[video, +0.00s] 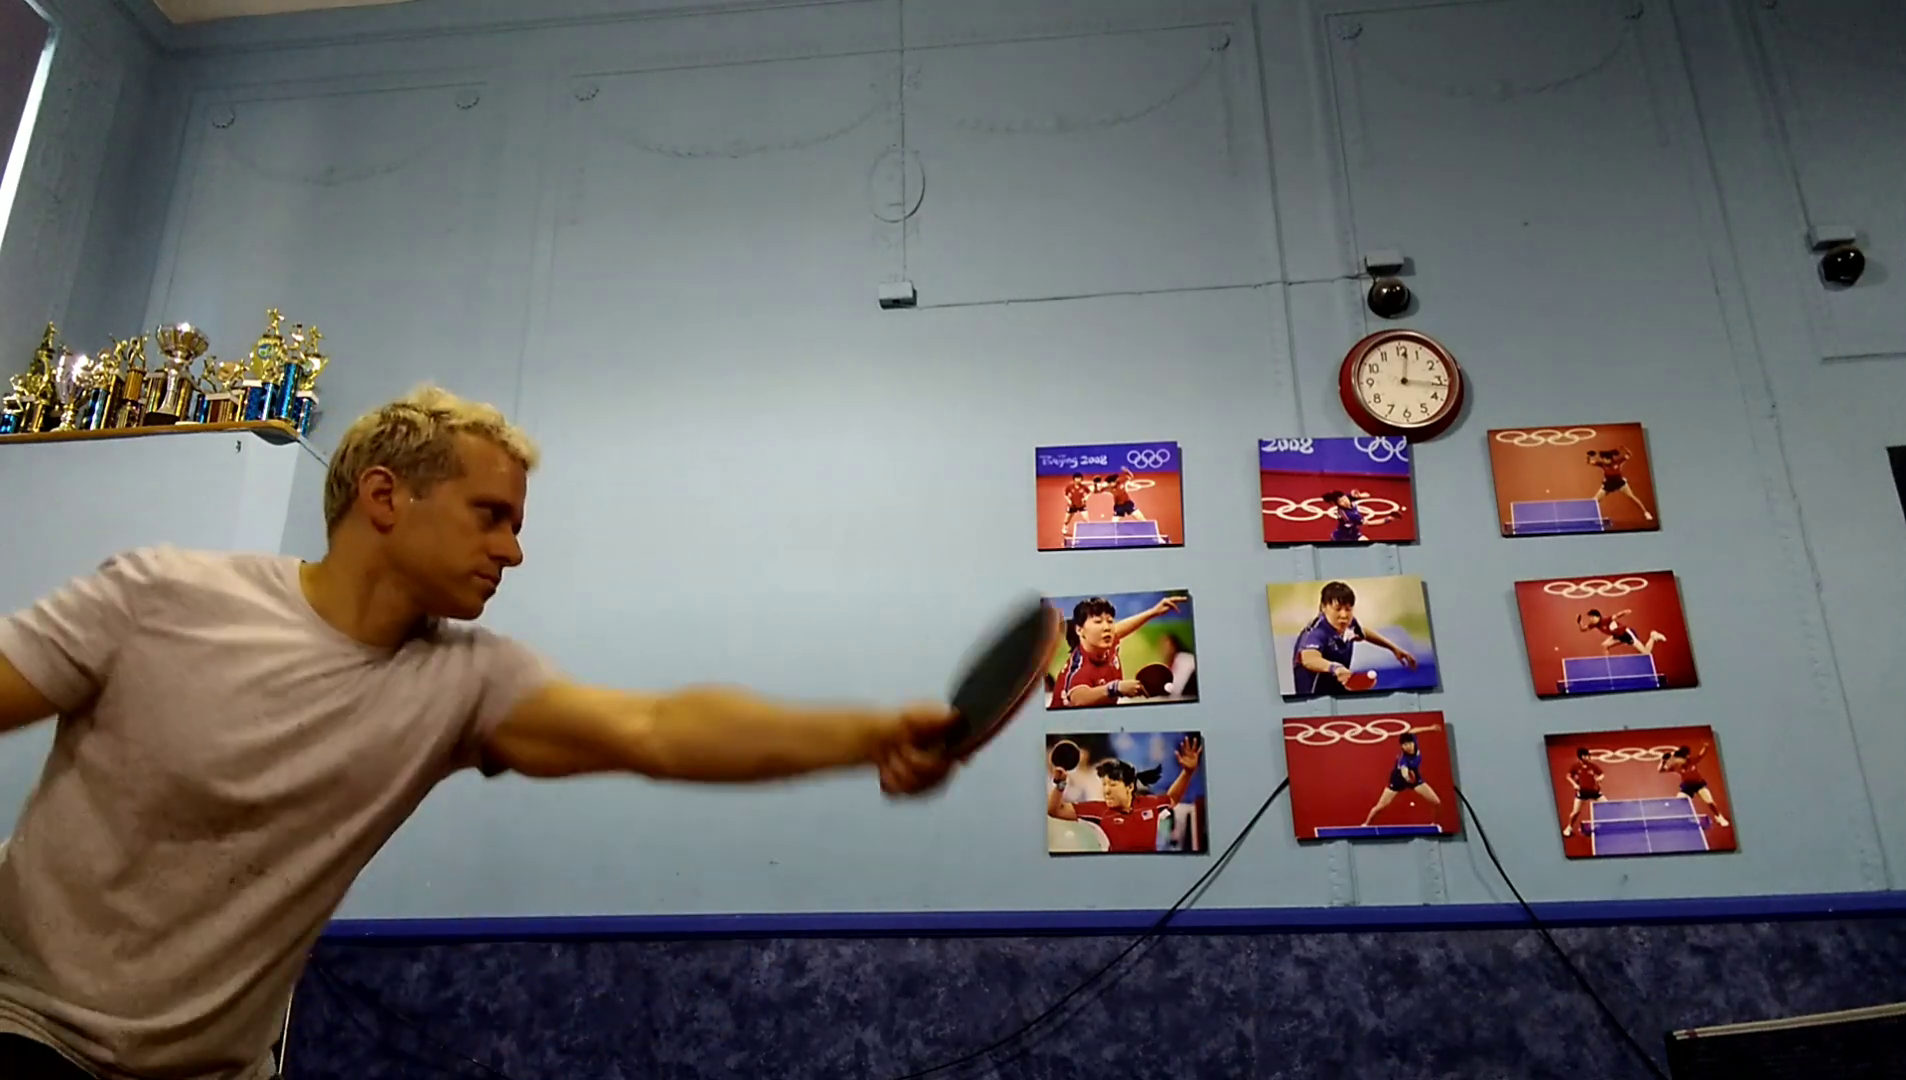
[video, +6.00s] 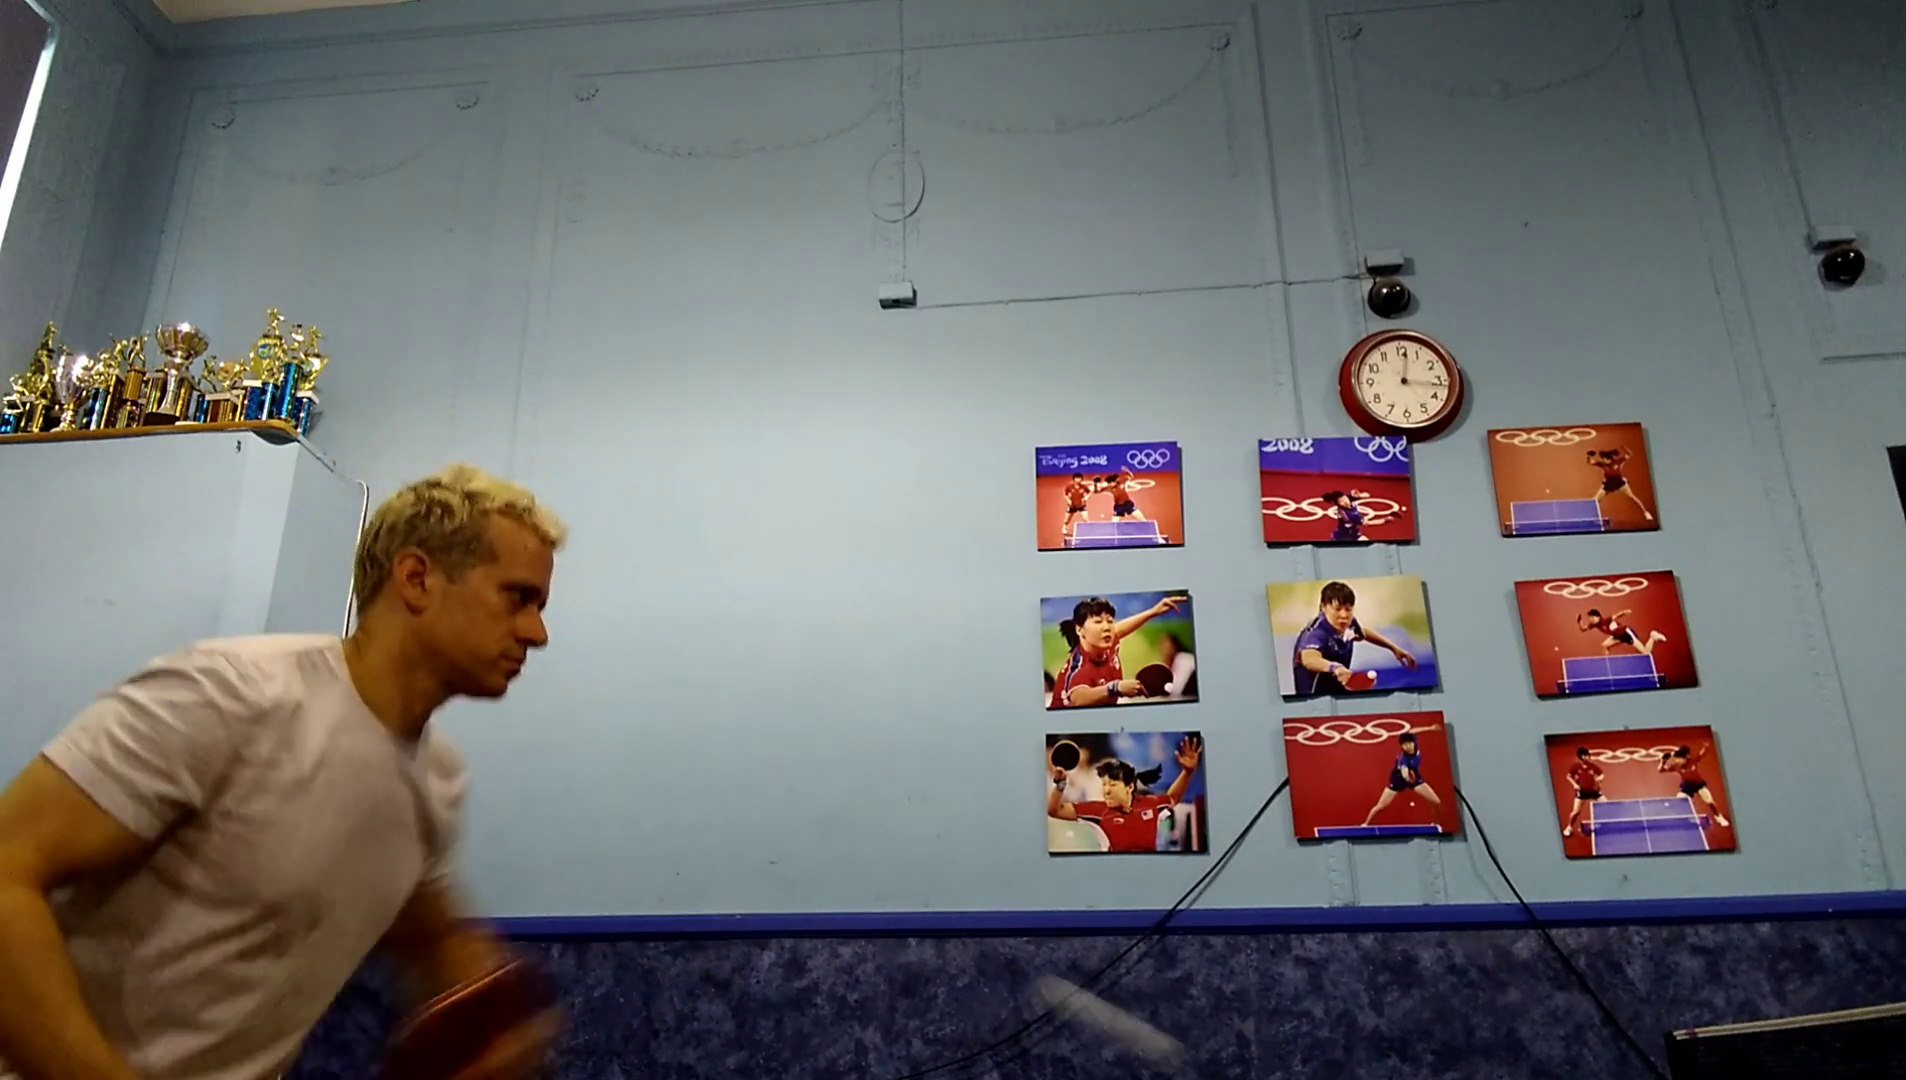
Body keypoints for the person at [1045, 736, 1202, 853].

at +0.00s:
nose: (1107, 790)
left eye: (1113, 785)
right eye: (1104, 785)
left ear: (1130, 787)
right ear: (1102, 787)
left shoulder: (1151, 804)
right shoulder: (1100, 811)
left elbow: (1172, 798)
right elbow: (1055, 811)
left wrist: (1188, 771)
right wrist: (1059, 785)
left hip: (1151, 872)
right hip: (1116, 874)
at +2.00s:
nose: (1107, 790)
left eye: (1113, 785)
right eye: (1104, 785)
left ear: (1130, 787)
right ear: (1101, 787)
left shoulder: (1151, 805)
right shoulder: (1100, 811)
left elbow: (1172, 798)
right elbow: (1055, 811)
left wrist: (1188, 771)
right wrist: (1059, 785)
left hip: (1151, 872)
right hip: (1115, 874)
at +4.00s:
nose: (1106, 790)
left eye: (1113, 785)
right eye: (1104, 785)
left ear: (1130, 787)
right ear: (1101, 787)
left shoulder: (1151, 805)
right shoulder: (1100, 811)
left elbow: (1173, 798)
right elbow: (1055, 811)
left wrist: (1188, 771)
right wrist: (1060, 785)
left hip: (1151, 873)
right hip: (1115, 875)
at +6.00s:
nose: (1107, 790)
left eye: (1113, 785)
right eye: (1104, 785)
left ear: (1130, 787)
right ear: (1101, 787)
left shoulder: (1151, 804)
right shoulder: (1100, 811)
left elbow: (1172, 798)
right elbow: (1055, 811)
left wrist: (1188, 772)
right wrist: (1060, 785)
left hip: (1151, 872)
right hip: (1116, 874)